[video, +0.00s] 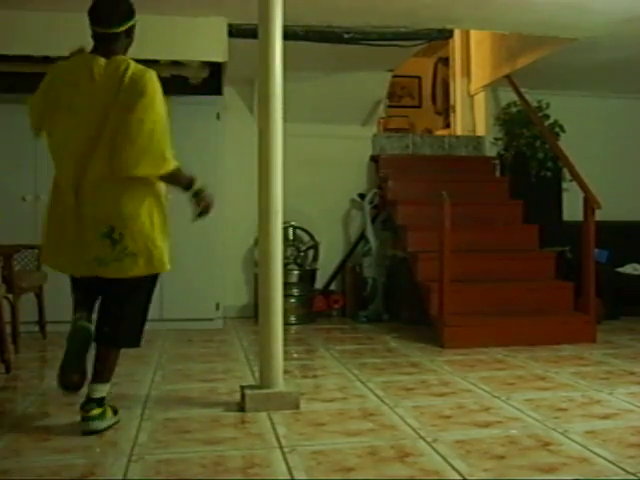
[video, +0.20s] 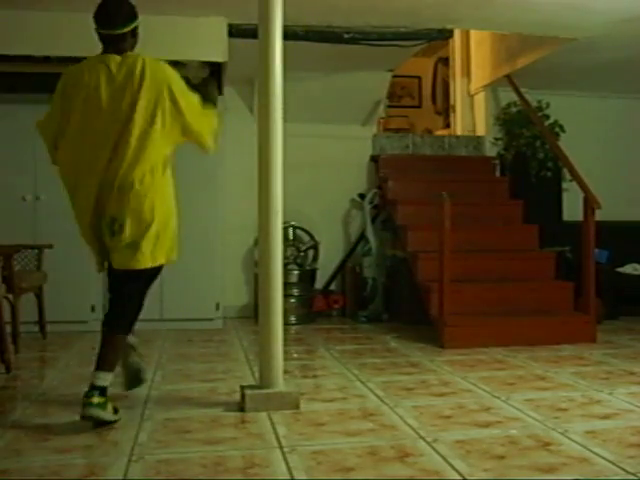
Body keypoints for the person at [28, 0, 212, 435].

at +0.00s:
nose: (128, 40)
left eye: (117, 32)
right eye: (130, 33)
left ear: (92, 31)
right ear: (130, 34)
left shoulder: (63, 74)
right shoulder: (140, 81)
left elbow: (36, 120)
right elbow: (149, 156)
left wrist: (75, 66)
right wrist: (192, 185)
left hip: (74, 217)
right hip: (130, 221)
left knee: (85, 275)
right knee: (118, 309)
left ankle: (80, 321)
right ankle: (95, 403)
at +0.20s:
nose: (129, 40)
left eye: (119, 33)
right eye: (132, 33)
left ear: (99, 35)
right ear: (135, 33)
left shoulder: (76, 78)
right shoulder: (158, 76)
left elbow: (52, 135)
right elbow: (204, 130)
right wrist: (210, 97)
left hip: (92, 200)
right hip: (145, 200)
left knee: (119, 284)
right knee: (126, 295)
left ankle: (129, 357)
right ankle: (97, 391)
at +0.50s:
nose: (159, 66)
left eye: (146, 60)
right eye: (160, 60)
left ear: (129, 66)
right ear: (163, 62)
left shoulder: (113, 107)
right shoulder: (184, 96)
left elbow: (70, 157)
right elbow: (226, 80)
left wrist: (66, 114)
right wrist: (212, 36)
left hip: (128, 218)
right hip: (176, 216)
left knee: (145, 299)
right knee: (168, 293)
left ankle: (165, 375)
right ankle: (115, 359)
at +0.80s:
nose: (181, 65)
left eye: (172, 59)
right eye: (189, 57)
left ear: (167, 62)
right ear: (200, 59)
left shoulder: (153, 101)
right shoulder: (219, 90)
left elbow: (108, 141)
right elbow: (252, 62)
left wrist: (99, 106)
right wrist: (236, 21)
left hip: (169, 220)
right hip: (211, 216)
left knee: (203, 295)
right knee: (171, 294)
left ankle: (226, 364)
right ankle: (129, 371)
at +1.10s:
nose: (240, 63)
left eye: (234, 58)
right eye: (239, 58)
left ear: (206, 66)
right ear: (238, 62)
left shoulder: (184, 110)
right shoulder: (249, 87)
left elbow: (149, 141)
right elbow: (293, 56)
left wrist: (165, 100)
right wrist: (268, 16)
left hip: (201, 214)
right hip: (240, 210)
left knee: (220, 294)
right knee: (199, 286)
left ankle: (237, 365)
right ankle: (147, 350)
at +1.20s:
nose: (264, 63)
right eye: (261, 53)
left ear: (222, 60)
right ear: (249, 56)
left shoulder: (196, 105)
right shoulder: (247, 82)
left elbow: (161, 124)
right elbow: (285, 56)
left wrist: (193, 91)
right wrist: (275, 23)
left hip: (214, 210)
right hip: (247, 204)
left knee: (230, 287)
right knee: (227, 286)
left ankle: (241, 360)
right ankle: (177, 353)